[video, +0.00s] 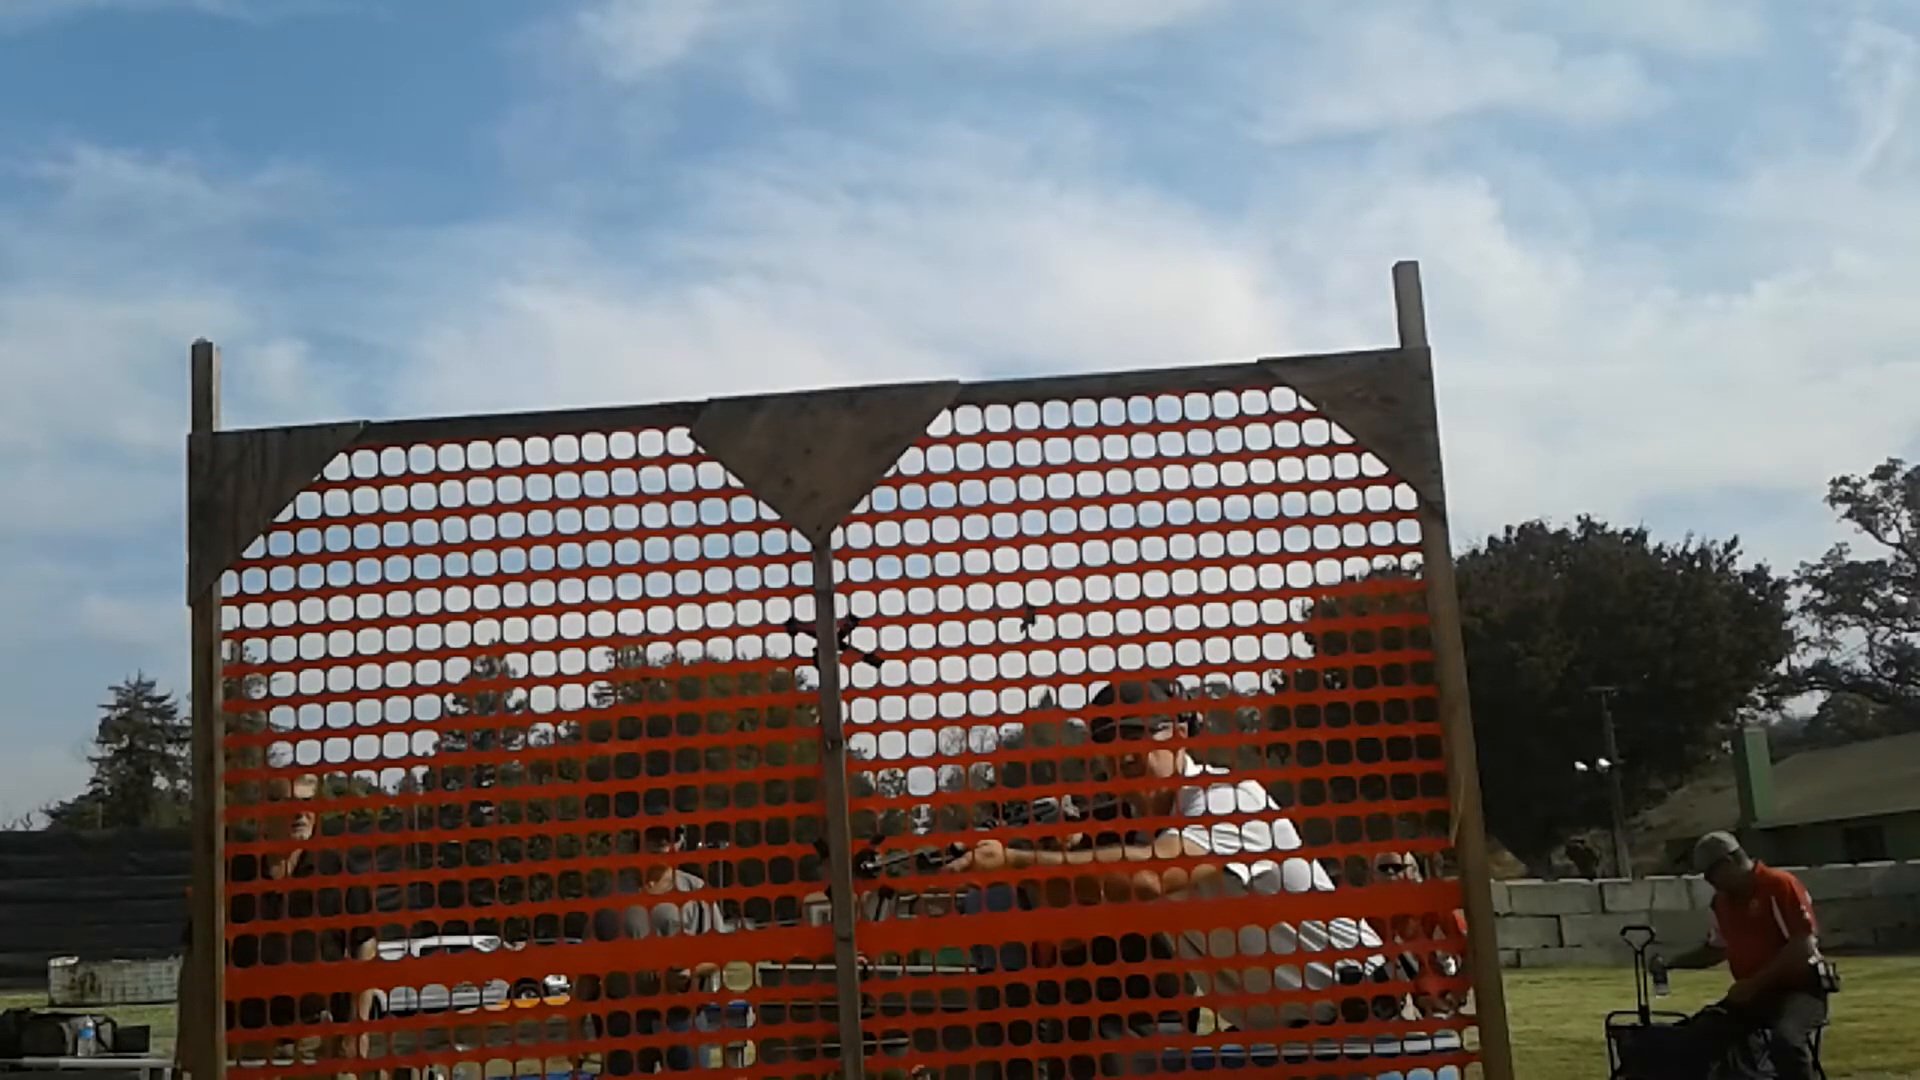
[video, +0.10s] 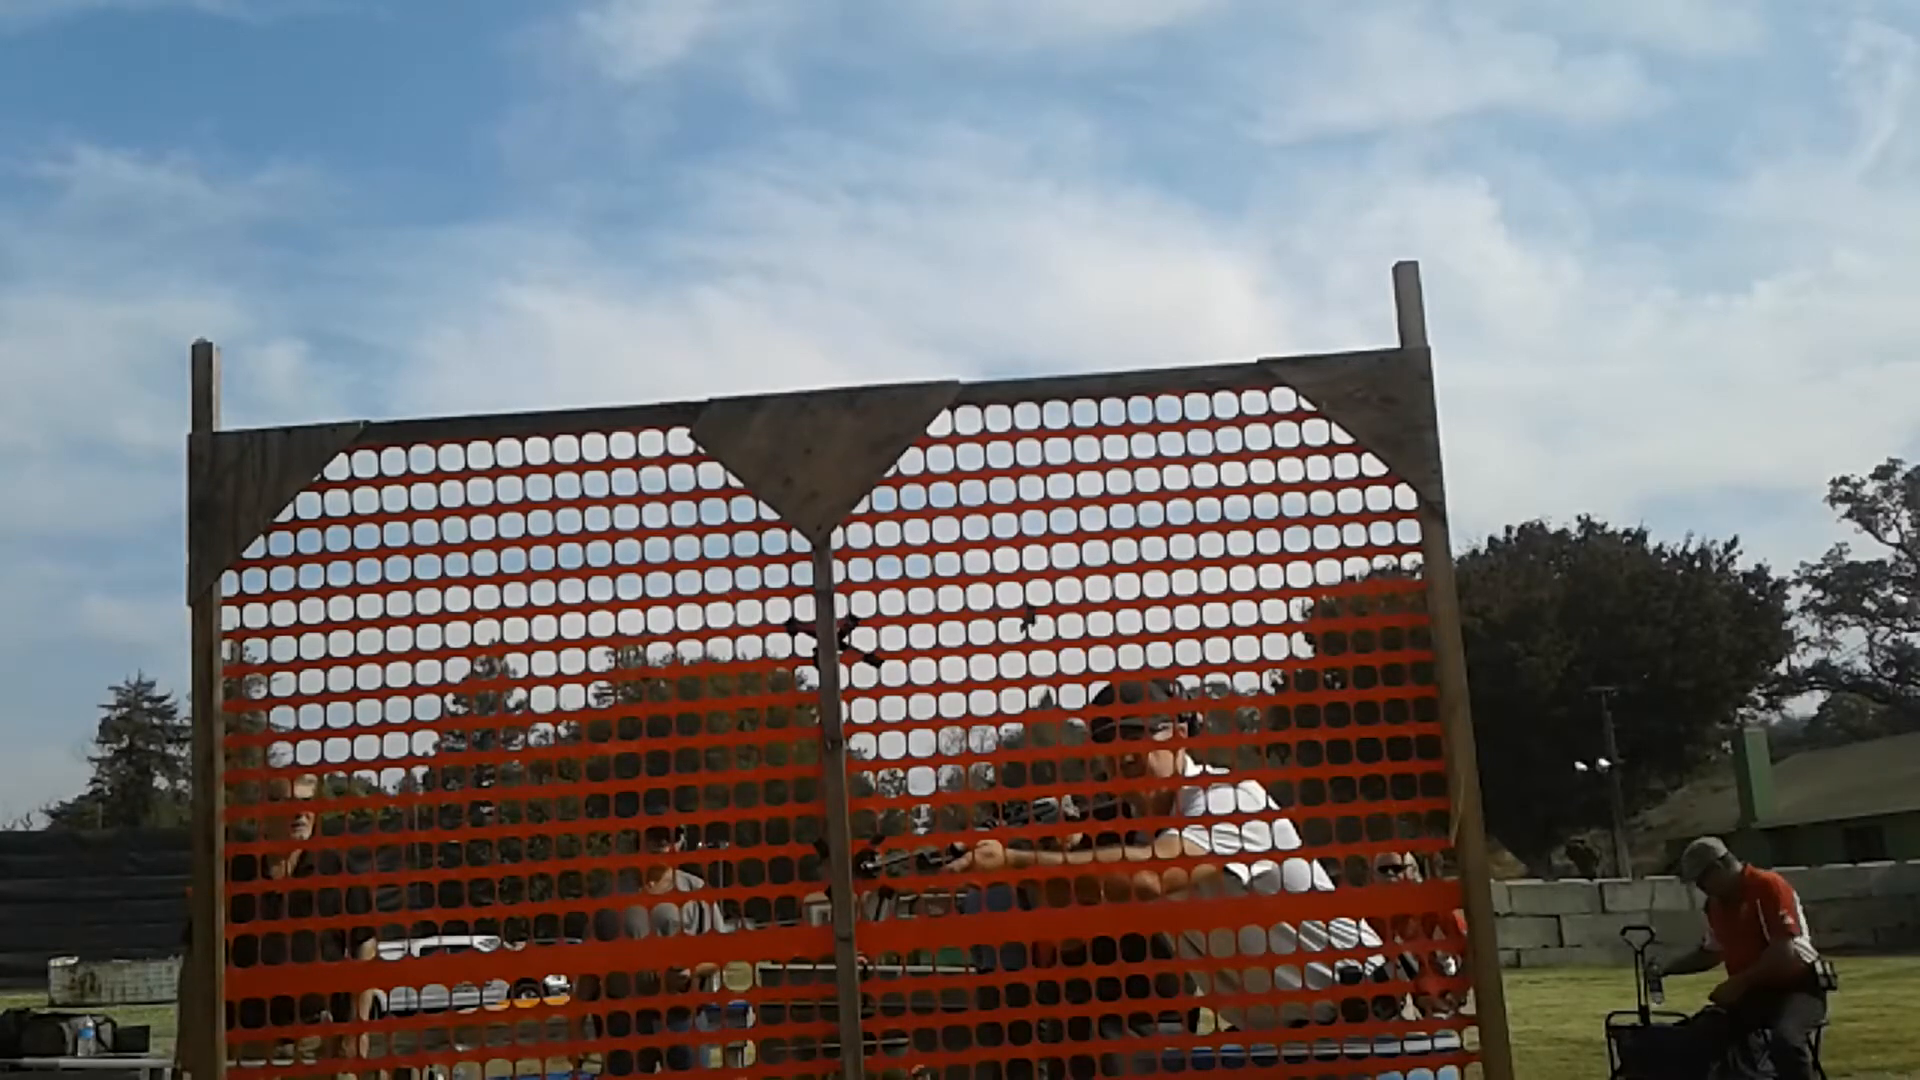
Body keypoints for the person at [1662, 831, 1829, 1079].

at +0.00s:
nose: (1709, 882)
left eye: (1712, 873)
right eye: (1706, 876)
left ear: (1732, 860)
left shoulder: (1781, 884)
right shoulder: (1723, 899)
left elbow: (1805, 946)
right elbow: (1718, 949)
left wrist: (1752, 985)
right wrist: (1671, 962)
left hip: (1800, 991)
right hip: (1754, 993)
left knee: (1786, 1042)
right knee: (1697, 1036)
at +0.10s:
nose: (1701, 889)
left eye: (1703, 880)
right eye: (1697, 883)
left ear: (1722, 866)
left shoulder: (1770, 886)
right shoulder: (1716, 904)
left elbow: (1790, 952)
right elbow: (1713, 952)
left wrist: (1738, 984)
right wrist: (1667, 967)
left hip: (1797, 990)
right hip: (1752, 993)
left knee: (1787, 1040)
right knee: (1694, 1038)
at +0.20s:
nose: (1693, 895)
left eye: (1694, 887)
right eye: (1690, 890)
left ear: (1709, 872)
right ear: (1707, 875)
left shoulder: (1757, 888)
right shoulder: (1708, 908)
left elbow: (1762, 956)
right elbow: (1707, 957)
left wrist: (1716, 992)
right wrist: (1662, 974)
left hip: (1795, 990)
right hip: (1750, 992)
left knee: (1787, 1041)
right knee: (1692, 1038)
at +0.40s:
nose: (1680, 906)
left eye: (1680, 898)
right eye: (1676, 901)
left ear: (1696, 884)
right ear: (1692, 885)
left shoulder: (1735, 896)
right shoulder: (1696, 908)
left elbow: (1727, 965)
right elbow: (1700, 961)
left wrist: (1687, 1006)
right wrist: (1658, 984)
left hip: (1792, 990)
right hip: (1746, 994)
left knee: (1788, 1043)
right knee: (1686, 1039)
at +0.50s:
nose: (1674, 911)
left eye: (1674, 903)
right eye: (1670, 906)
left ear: (1689, 890)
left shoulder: (1725, 901)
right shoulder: (1692, 911)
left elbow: (1716, 969)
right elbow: (1696, 963)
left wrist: (1684, 1009)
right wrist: (1653, 989)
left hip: (1792, 990)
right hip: (1745, 995)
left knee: (1788, 1043)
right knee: (1685, 1040)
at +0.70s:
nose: (1667, 921)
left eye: (1666, 913)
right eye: (1662, 916)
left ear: (1679, 899)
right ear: (1678, 897)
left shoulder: (1711, 910)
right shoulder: (1688, 913)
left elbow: (1703, 980)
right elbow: (1691, 965)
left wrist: (1682, 1025)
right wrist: (1653, 992)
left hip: (1790, 988)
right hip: (1744, 995)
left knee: (1789, 1044)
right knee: (1687, 1039)